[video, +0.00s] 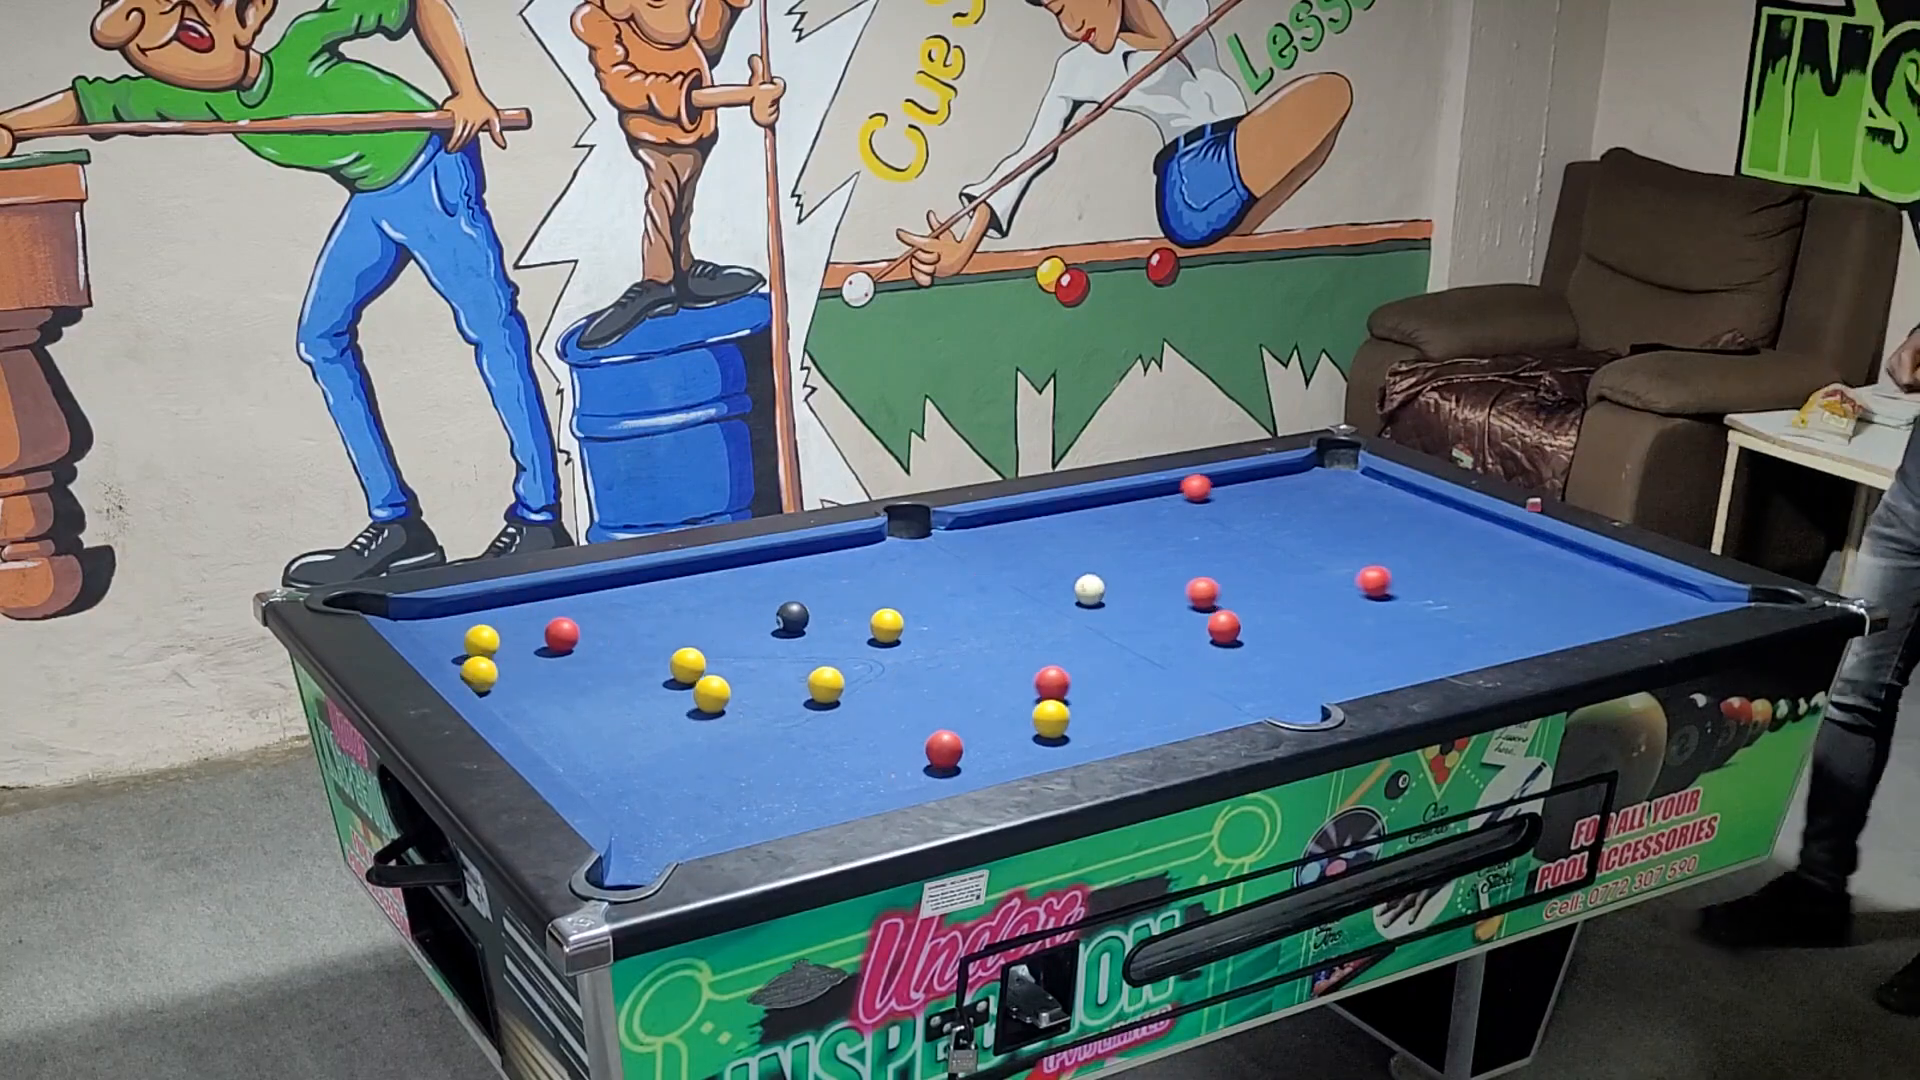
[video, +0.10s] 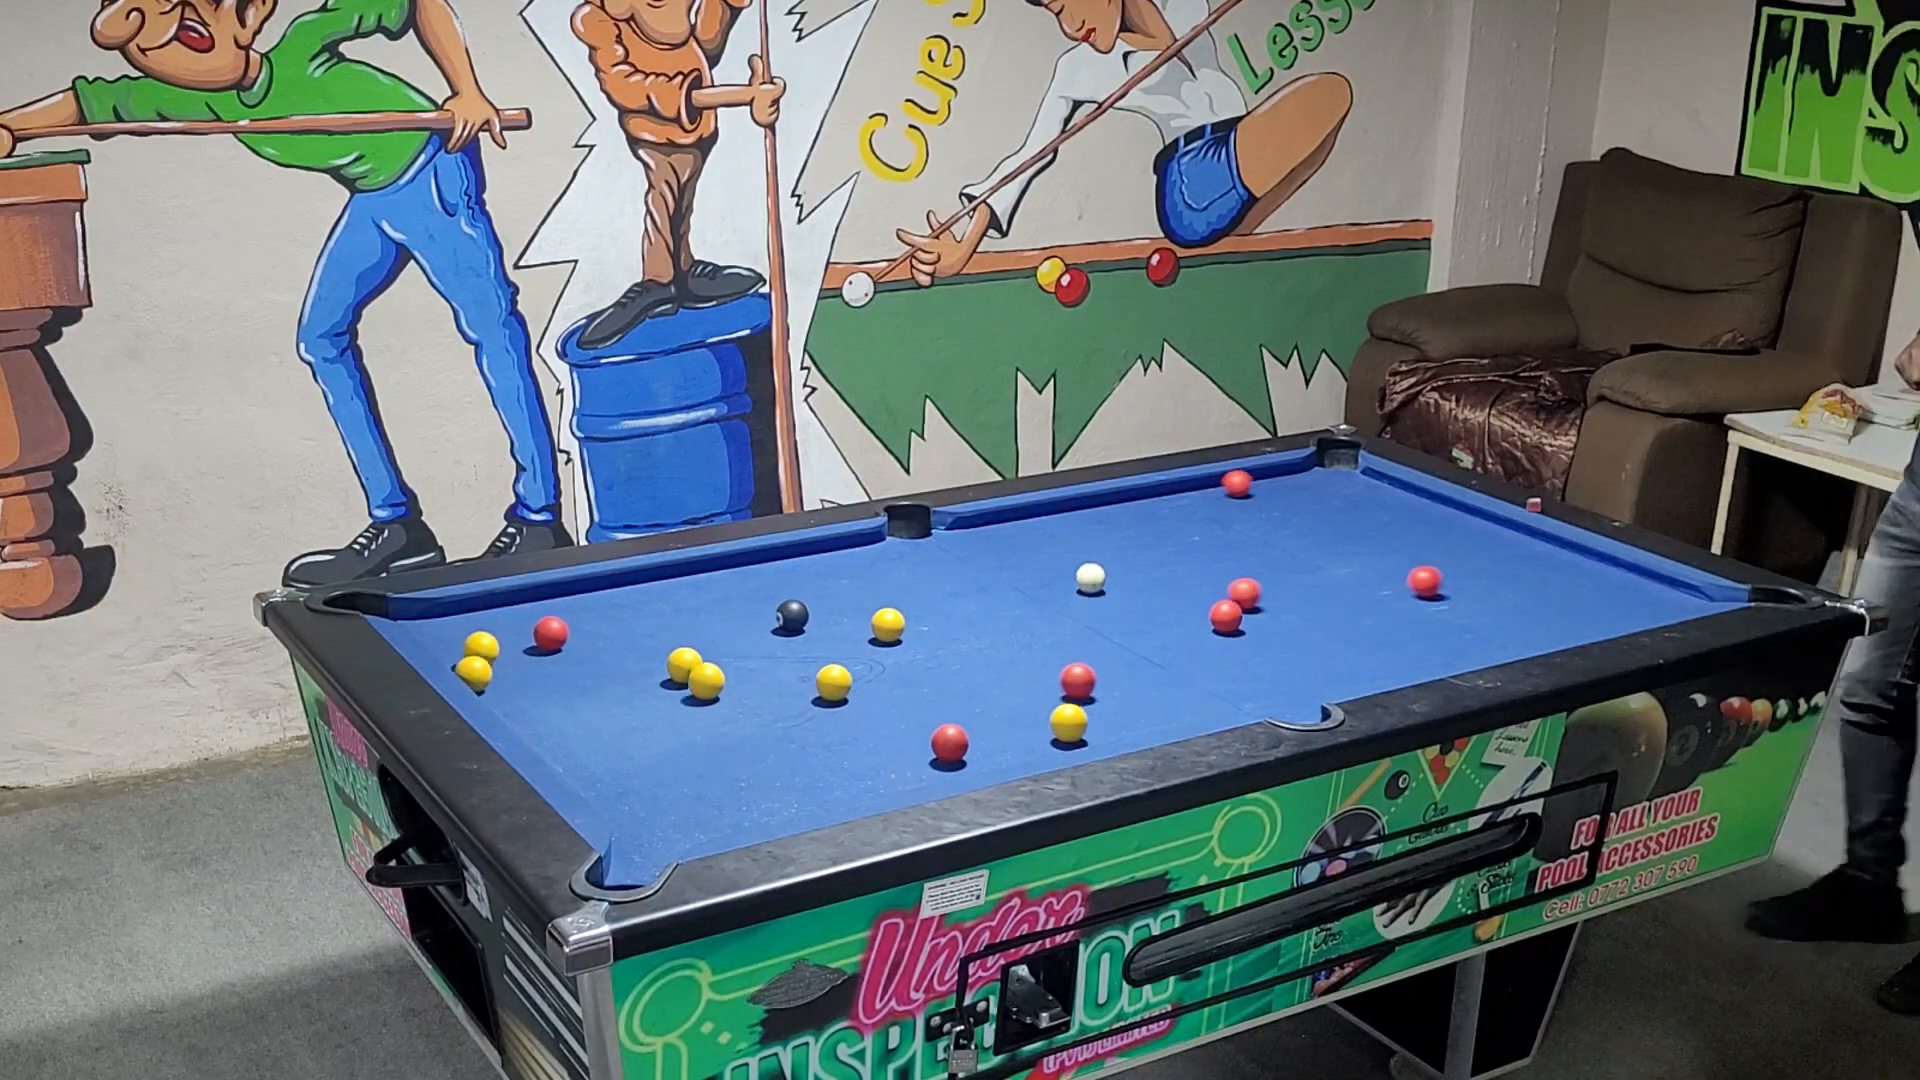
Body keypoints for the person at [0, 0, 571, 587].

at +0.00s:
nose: (208, 58)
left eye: (201, 43)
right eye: (191, 58)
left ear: (228, 22)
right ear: (185, 74)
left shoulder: (301, 37)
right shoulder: (213, 98)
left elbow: (419, 4)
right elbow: (90, 101)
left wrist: (467, 87)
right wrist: (9, 124)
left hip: (426, 165)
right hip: (369, 198)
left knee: (492, 329)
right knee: (322, 337)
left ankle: (541, 516)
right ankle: (397, 522)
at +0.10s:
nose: (209, 58)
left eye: (201, 43)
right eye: (191, 58)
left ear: (228, 22)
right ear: (185, 75)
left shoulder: (300, 37)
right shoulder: (213, 98)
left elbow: (419, 4)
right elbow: (90, 101)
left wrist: (467, 87)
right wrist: (9, 124)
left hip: (426, 165)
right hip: (369, 199)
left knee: (492, 329)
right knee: (322, 337)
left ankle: (540, 516)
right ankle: (397, 522)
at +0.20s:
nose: (209, 58)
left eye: (202, 43)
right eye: (192, 58)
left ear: (228, 22)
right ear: (186, 75)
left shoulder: (300, 37)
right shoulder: (213, 98)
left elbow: (418, 4)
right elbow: (90, 101)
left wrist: (467, 87)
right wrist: (9, 124)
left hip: (426, 165)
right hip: (369, 198)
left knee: (492, 329)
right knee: (322, 337)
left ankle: (541, 516)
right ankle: (397, 522)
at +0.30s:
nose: (209, 58)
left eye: (202, 43)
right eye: (191, 58)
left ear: (229, 22)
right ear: (186, 74)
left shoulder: (300, 37)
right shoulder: (213, 98)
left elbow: (418, 4)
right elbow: (90, 101)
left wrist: (467, 87)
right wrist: (9, 124)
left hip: (426, 165)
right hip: (369, 198)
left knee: (492, 328)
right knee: (322, 337)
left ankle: (541, 516)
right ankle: (397, 522)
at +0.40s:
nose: (208, 58)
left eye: (201, 42)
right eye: (191, 58)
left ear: (229, 22)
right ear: (185, 74)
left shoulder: (300, 37)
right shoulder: (213, 98)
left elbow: (418, 4)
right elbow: (91, 101)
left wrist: (467, 87)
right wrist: (9, 124)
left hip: (426, 165)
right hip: (369, 198)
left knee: (492, 328)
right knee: (322, 337)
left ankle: (541, 516)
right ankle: (397, 522)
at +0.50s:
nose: (207, 60)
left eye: (200, 44)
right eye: (190, 59)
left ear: (228, 23)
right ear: (184, 74)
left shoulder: (300, 37)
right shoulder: (212, 98)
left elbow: (418, 4)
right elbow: (90, 101)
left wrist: (467, 87)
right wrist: (9, 124)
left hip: (426, 165)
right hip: (369, 199)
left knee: (492, 329)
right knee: (322, 337)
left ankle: (541, 516)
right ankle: (397, 522)